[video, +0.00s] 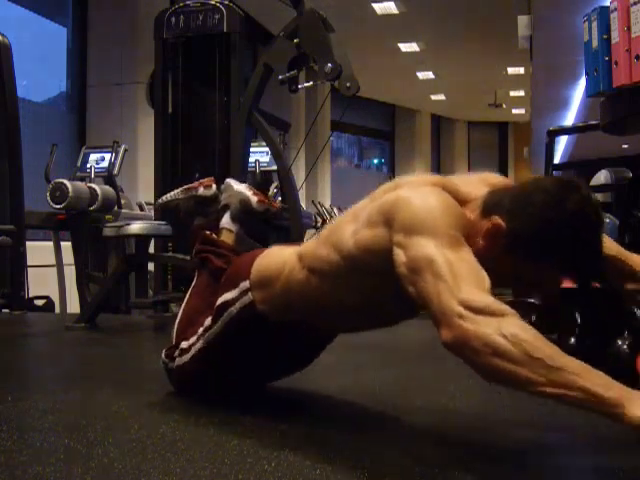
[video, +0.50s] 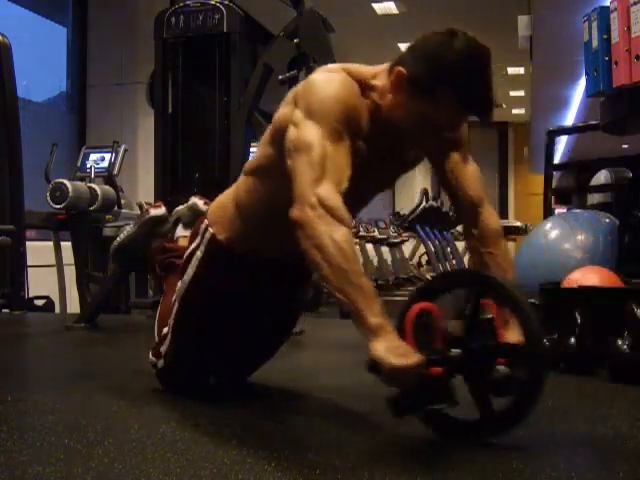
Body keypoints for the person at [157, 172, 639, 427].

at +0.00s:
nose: (515, 293)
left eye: (530, 288)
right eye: (522, 279)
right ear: (496, 237)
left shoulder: (501, 195)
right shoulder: (421, 213)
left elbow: (594, 247)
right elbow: (473, 326)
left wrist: (637, 273)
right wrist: (627, 402)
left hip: (312, 311)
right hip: (264, 307)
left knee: (230, 370)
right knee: (184, 369)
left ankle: (236, 262)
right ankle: (210, 267)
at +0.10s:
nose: (503, 255)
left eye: (516, 248)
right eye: (506, 243)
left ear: (474, 193)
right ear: (476, 200)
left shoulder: (486, 174)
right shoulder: (402, 177)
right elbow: (439, 300)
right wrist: (577, 388)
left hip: (305, 312)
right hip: (252, 297)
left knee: (230, 377)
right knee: (182, 369)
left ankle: (235, 252)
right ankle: (214, 251)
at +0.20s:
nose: (481, 211)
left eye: (495, 205)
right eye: (483, 199)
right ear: (456, 159)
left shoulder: (469, 158)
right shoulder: (382, 147)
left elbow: (555, 226)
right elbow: (405, 269)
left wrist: (618, 292)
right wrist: (520, 368)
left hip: (304, 299)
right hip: (246, 288)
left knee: (227, 378)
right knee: (183, 375)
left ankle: (220, 248)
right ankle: (193, 255)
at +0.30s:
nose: (461, 181)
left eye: (471, 172)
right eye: (459, 168)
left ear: (483, 150)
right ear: (430, 121)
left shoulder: (461, 140)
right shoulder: (362, 120)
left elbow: (530, 225)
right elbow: (373, 241)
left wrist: (583, 296)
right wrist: (470, 351)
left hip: (300, 288)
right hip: (242, 277)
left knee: (236, 379)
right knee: (184, 374)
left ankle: (220, 242)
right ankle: (194, 250)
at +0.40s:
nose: (459, 158)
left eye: (468, 145)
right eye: (454, 140)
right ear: (413, 101)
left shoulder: (444, 124)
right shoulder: (346, 105)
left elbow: (499, 214)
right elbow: (343, 225)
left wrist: (547, 313)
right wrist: (423, 340)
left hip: (296, 276)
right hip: (235, 263)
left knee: (229, 376)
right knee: (180, 377)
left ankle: (206, 238)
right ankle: (180, 250)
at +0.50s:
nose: (438, 142)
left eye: (447, 131)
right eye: (432, 125)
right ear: (395, 86)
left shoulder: (438, 118)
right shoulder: (329, 93)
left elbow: (479, 220)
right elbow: (314, 213)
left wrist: (509, 316)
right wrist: (379, 332)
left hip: (290, 267)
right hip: (229, 253)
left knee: (228, 376)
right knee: (177, 374)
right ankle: (169, 252)